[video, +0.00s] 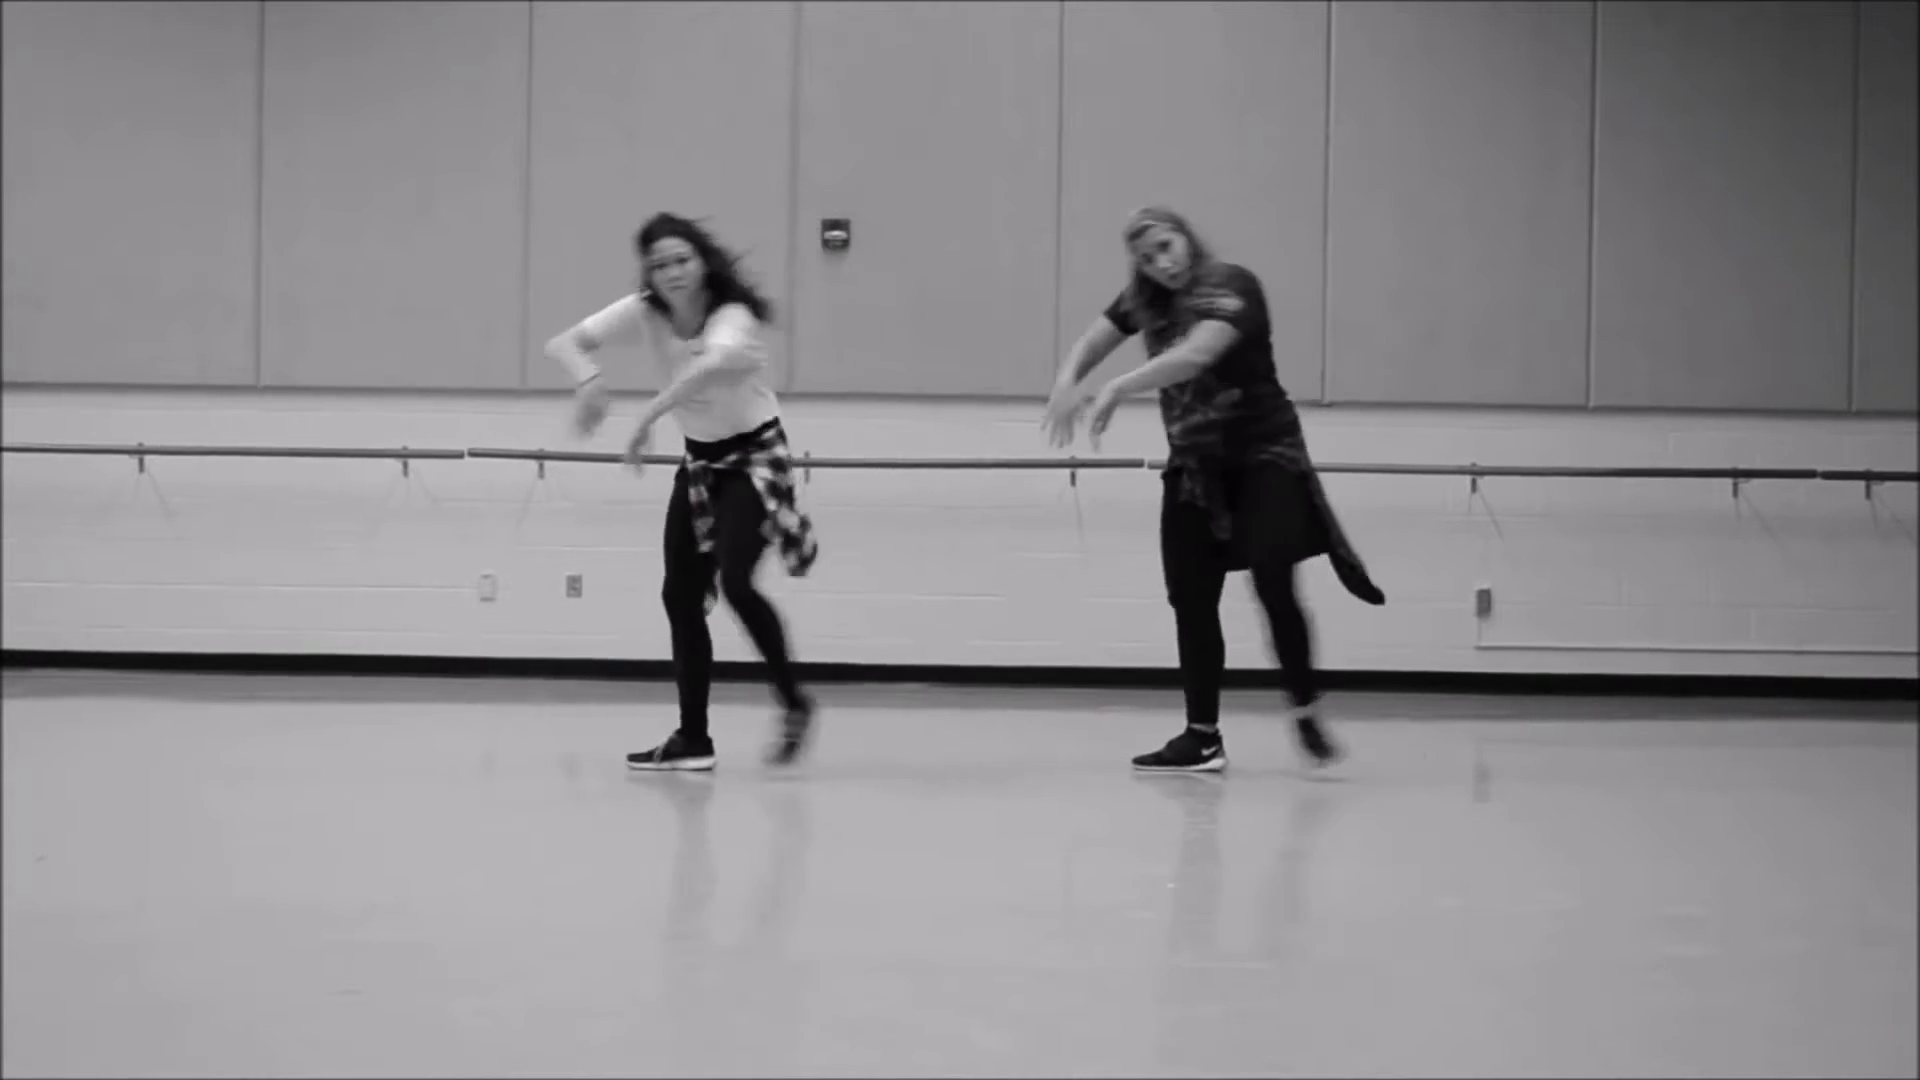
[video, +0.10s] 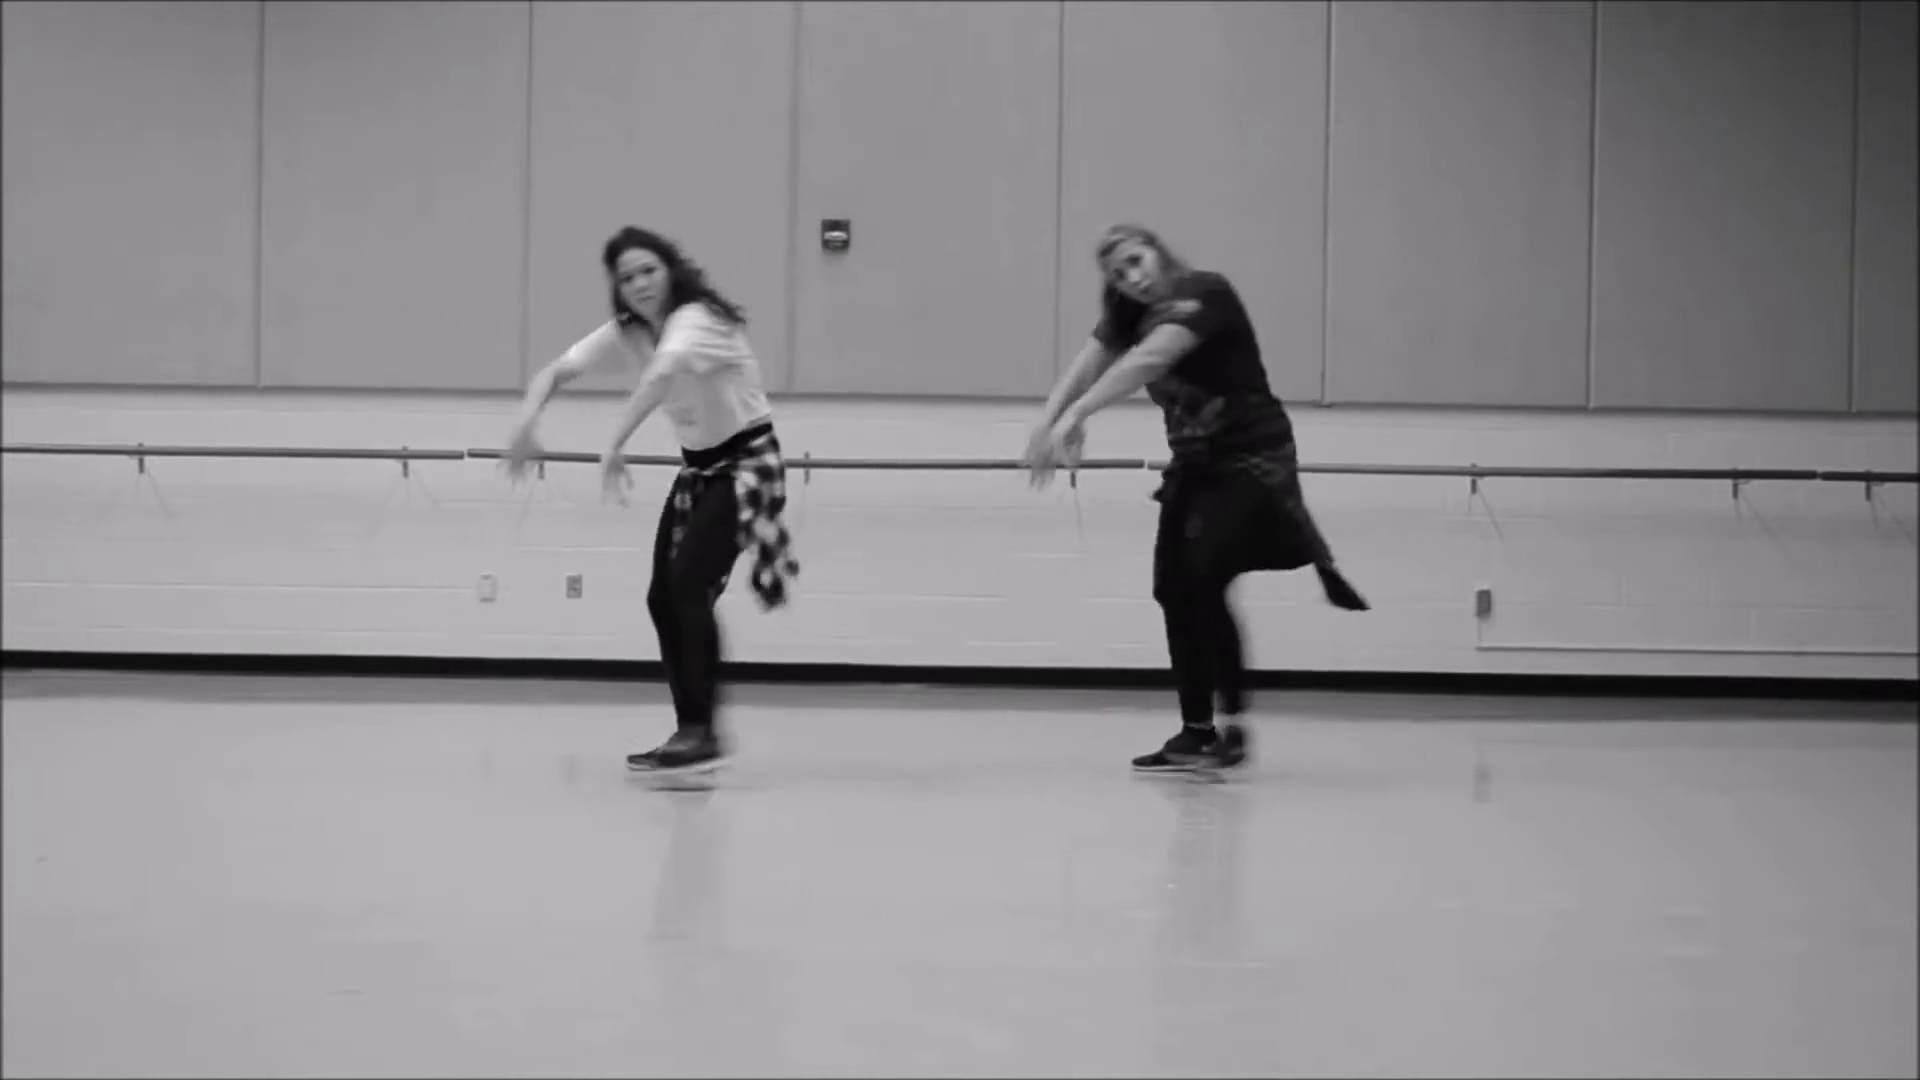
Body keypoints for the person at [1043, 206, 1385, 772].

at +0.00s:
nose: (1162, 260)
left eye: (1166, 245)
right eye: (1148, 257)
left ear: (1188, 238)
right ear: (1141, 266)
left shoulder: (1234, 289)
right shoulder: (1147, 299)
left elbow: (1195, 355)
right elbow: (1091, 345)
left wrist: (1114, 389)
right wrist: (1065, 387)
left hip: (1264, 464)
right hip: (1195, 468)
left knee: (1274, 588)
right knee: (1193, 600)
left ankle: (1306, 715)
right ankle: (1201, 733)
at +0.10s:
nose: (1130, 276)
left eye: (1134, 261)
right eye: (1118, 274)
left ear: (1159, 252)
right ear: (1116, 285)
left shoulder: (1205, 296)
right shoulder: (1134, 317)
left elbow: (1147, 362)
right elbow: (1085, 366)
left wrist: (1079, 415)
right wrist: (1045, 425)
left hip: (1251, 465)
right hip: (1194, 469)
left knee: (1203, 584)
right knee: (1175, 589)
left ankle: (1231, 728)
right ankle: (1196, 731)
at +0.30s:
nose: (1092, 288)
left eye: (1099, 272)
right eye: (1082, 285)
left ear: (1128, 259)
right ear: (1085, 292)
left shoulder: (1141, 291)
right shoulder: (1167, 300)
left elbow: (1071, 355)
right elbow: (1146, 404)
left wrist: (1063, 429)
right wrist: (1110, 463)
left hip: (1197, 473)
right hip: (1235, 466)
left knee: (1154, 603)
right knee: (1216, 598)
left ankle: (1164, 745)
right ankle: (1216, 726)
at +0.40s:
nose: (1094, 271)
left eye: (1097, 262)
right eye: (1094, 265)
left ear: (1117, 254)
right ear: (1146, 248)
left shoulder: (1131, 273)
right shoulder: (1196, 302)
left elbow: (1063, 301)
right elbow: (1249, 380)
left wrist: (1099, 352)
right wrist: (1224, 438)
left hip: (1160, 481)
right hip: (1213, 473)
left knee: (1132, 610)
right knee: (1209, 612)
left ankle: (1161, 748)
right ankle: (1320, 694)